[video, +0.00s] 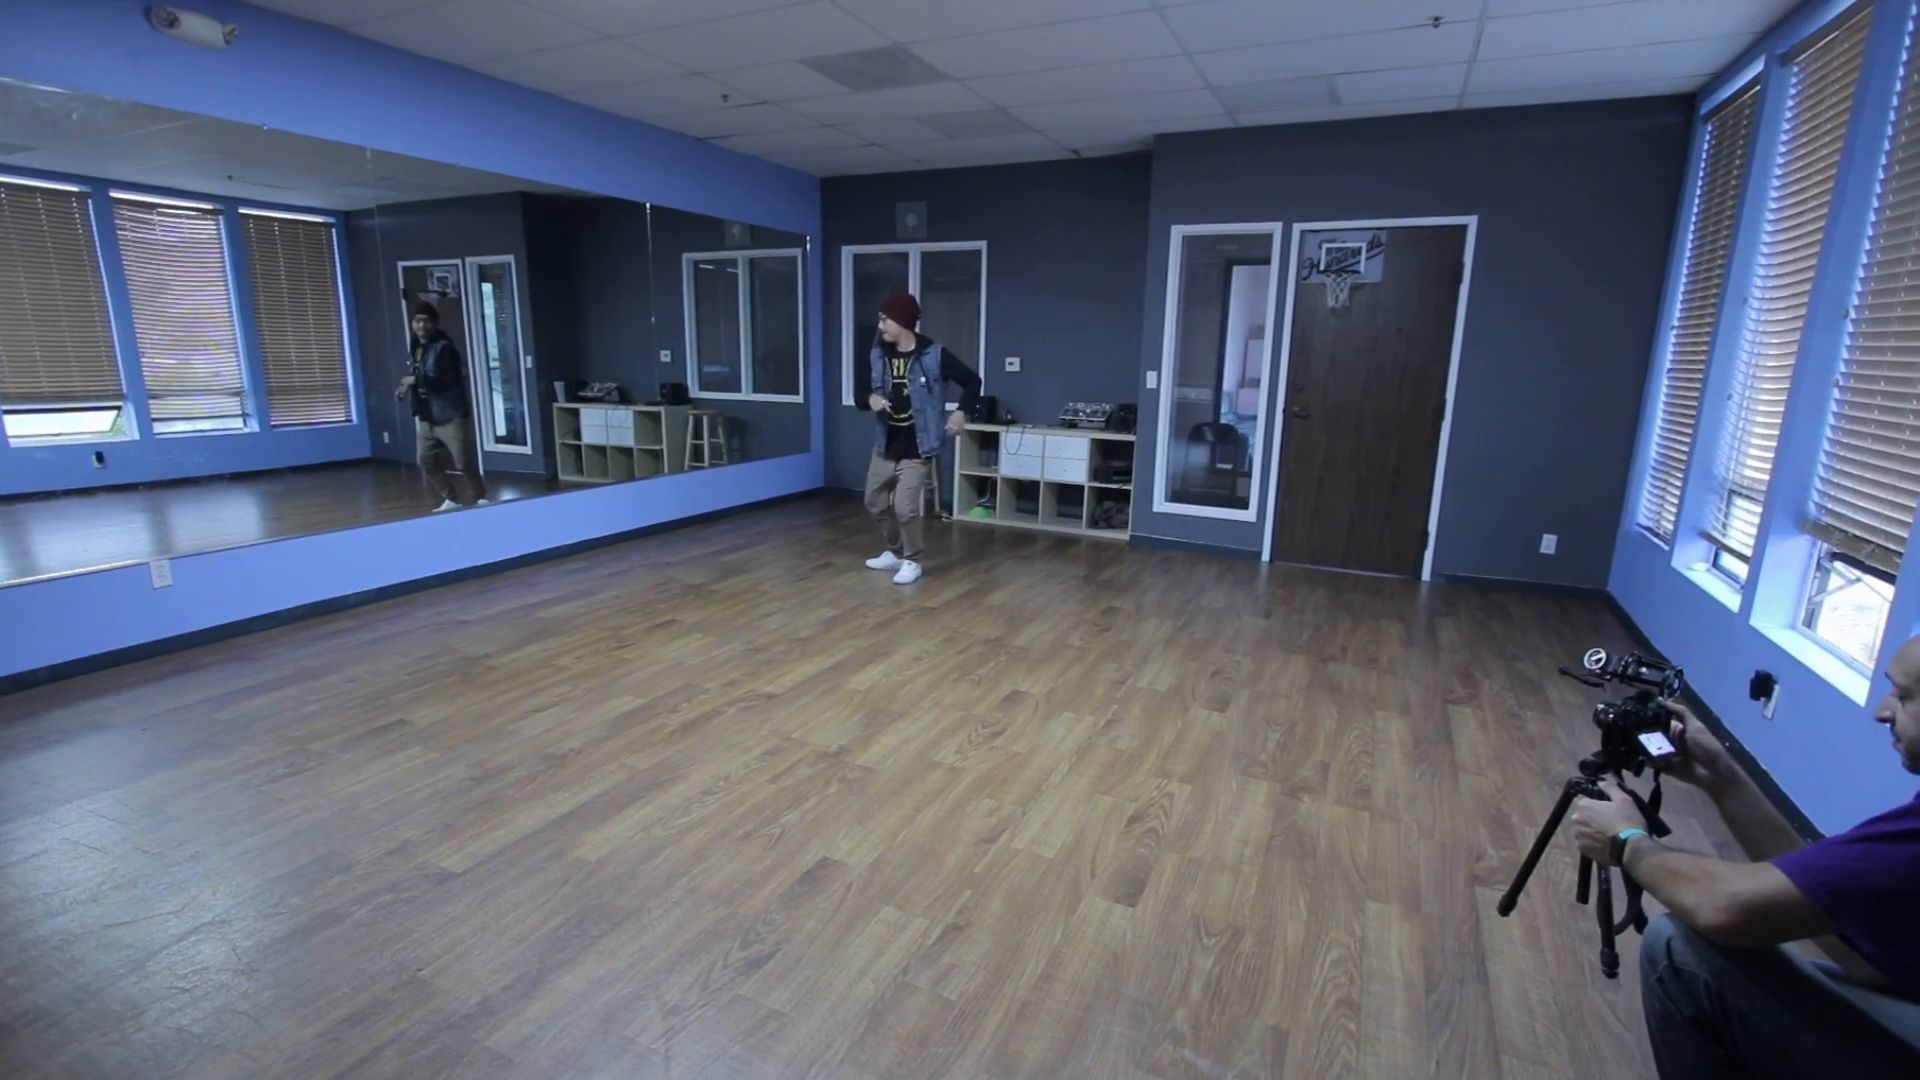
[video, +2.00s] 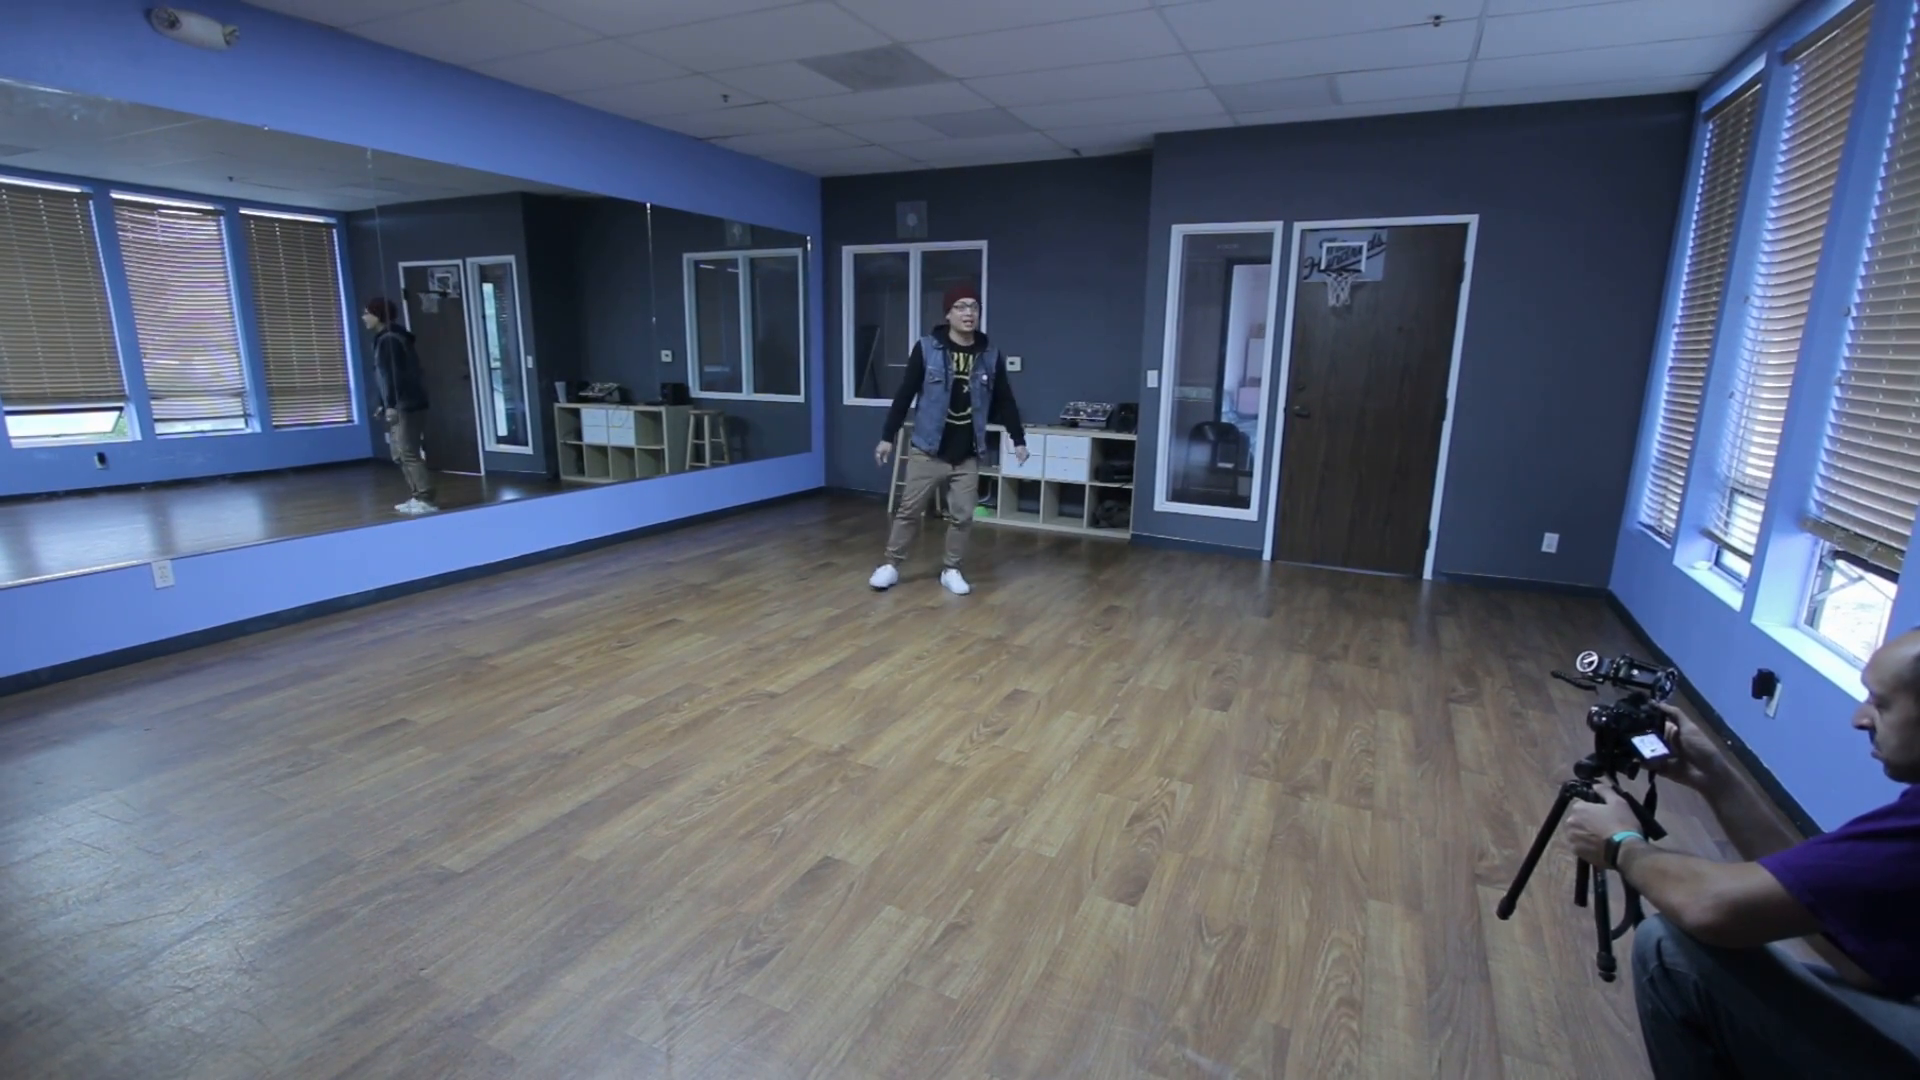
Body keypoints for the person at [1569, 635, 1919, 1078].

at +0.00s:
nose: (1884, 711)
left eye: (1903, 696)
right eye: (1893, 692)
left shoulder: (1913, 829)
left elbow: (1725, 911)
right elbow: (1864, 952)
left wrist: (1626, 842)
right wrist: (1723, 779)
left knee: (1681, 948)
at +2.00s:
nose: (1860, 720)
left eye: (1881, 702)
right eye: (1869, 700)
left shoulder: (1912, 819)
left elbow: (1714, 910)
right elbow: (1866, 960)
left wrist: (1619, 844)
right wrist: (1716, 779)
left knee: (1673, 950)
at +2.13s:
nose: (1861, 719)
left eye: (1882, 702)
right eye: (1870, 699)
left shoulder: (1912, 818)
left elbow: (1713, 909)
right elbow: (1865, 959)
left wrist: (1620, 843)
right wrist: (1718, 779)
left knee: (1673, 951)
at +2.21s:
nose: (1861, 719)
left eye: (1883, 701)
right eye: (1871, 699)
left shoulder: (1912, 818)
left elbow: (1712, 909)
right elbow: (1865, 959)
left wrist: (1622, 843)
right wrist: (1718, 779)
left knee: (1673, 950)